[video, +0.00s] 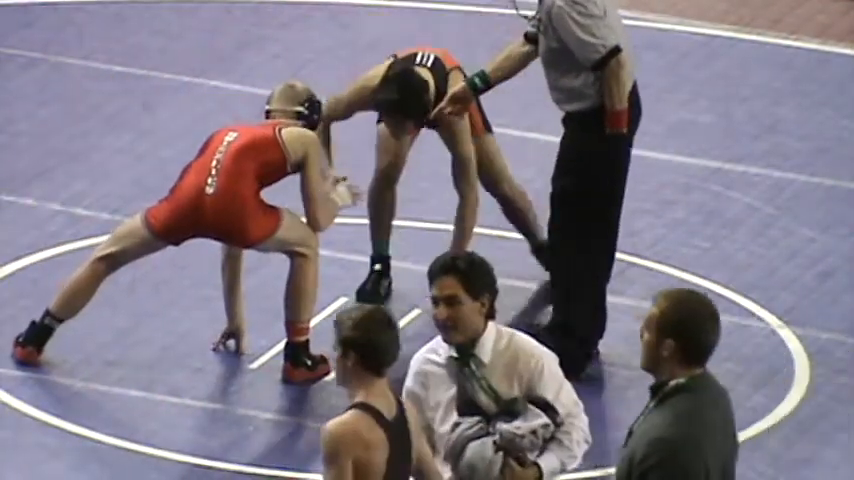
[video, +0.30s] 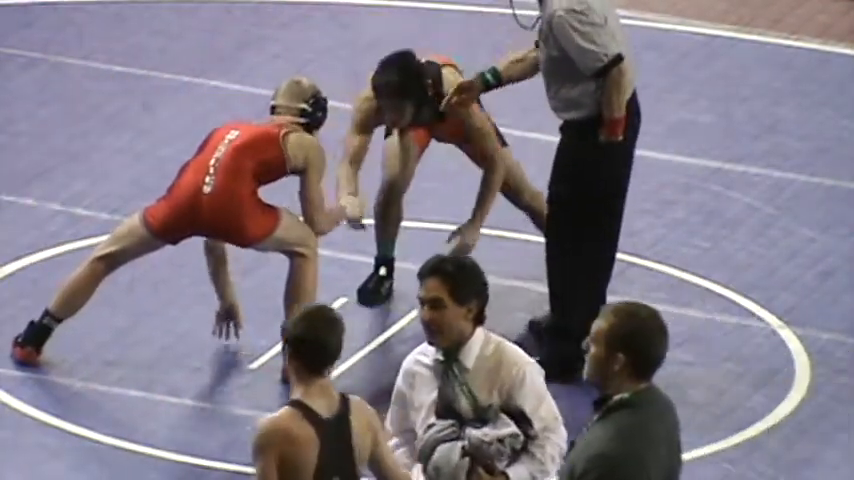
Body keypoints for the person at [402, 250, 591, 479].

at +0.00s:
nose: (441, 315)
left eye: (452, 303)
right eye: (435, 303)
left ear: (484, 303)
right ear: (430, 303)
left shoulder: (530, 357)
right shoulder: (424, 367)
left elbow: (575, 427)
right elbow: (416, 449)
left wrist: (540, 470)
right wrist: (446, 476)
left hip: (525, 472)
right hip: (457, 473)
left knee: (479, 453)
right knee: (478, 451)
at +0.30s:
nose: (425, 317)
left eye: (437, 306)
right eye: (422, 305)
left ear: (470, 310)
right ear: (417, 304)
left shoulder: (514, 365)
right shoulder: (415, 367)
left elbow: (552, 438)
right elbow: (398, 437)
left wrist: (511, 476)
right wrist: (416, 474)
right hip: (438, 473)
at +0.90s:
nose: (384, 317)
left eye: (395, 308)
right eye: (385, 306)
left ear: (429, 318)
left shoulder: (467, 368)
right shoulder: (376, 367)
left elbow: (480, 438)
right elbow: (356, 440)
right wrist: (349, 474)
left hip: (445, 474)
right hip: (382, 473)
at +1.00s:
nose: (368, 318)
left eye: (380, 308)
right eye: (370, 307)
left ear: (415, 317)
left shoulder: (454, 367)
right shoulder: (358, 370)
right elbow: (341, 445)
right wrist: (335, 475)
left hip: (438, 474)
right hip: (371, 472)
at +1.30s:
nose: (328, 315)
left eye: (339, 306)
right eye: (326, 304)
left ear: (374, 310)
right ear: (322, 301)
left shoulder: (413, 357)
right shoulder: (307, 372)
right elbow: (297, 459)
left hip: (404, 471)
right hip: (336, 473)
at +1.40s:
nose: (318, 316)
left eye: (329, 305)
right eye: (315, 304)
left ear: (364, 309)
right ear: (311, 301)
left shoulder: (401, 355)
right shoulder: (297, 371)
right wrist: (315, 475)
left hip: (391, 471)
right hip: (322, 473)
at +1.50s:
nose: (312, 318)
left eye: (323, 307)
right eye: (308, 306)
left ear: (357, 307)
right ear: (303, 305)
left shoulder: (388, 355)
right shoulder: (290, 368)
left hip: (378, 470)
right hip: (315, 473)